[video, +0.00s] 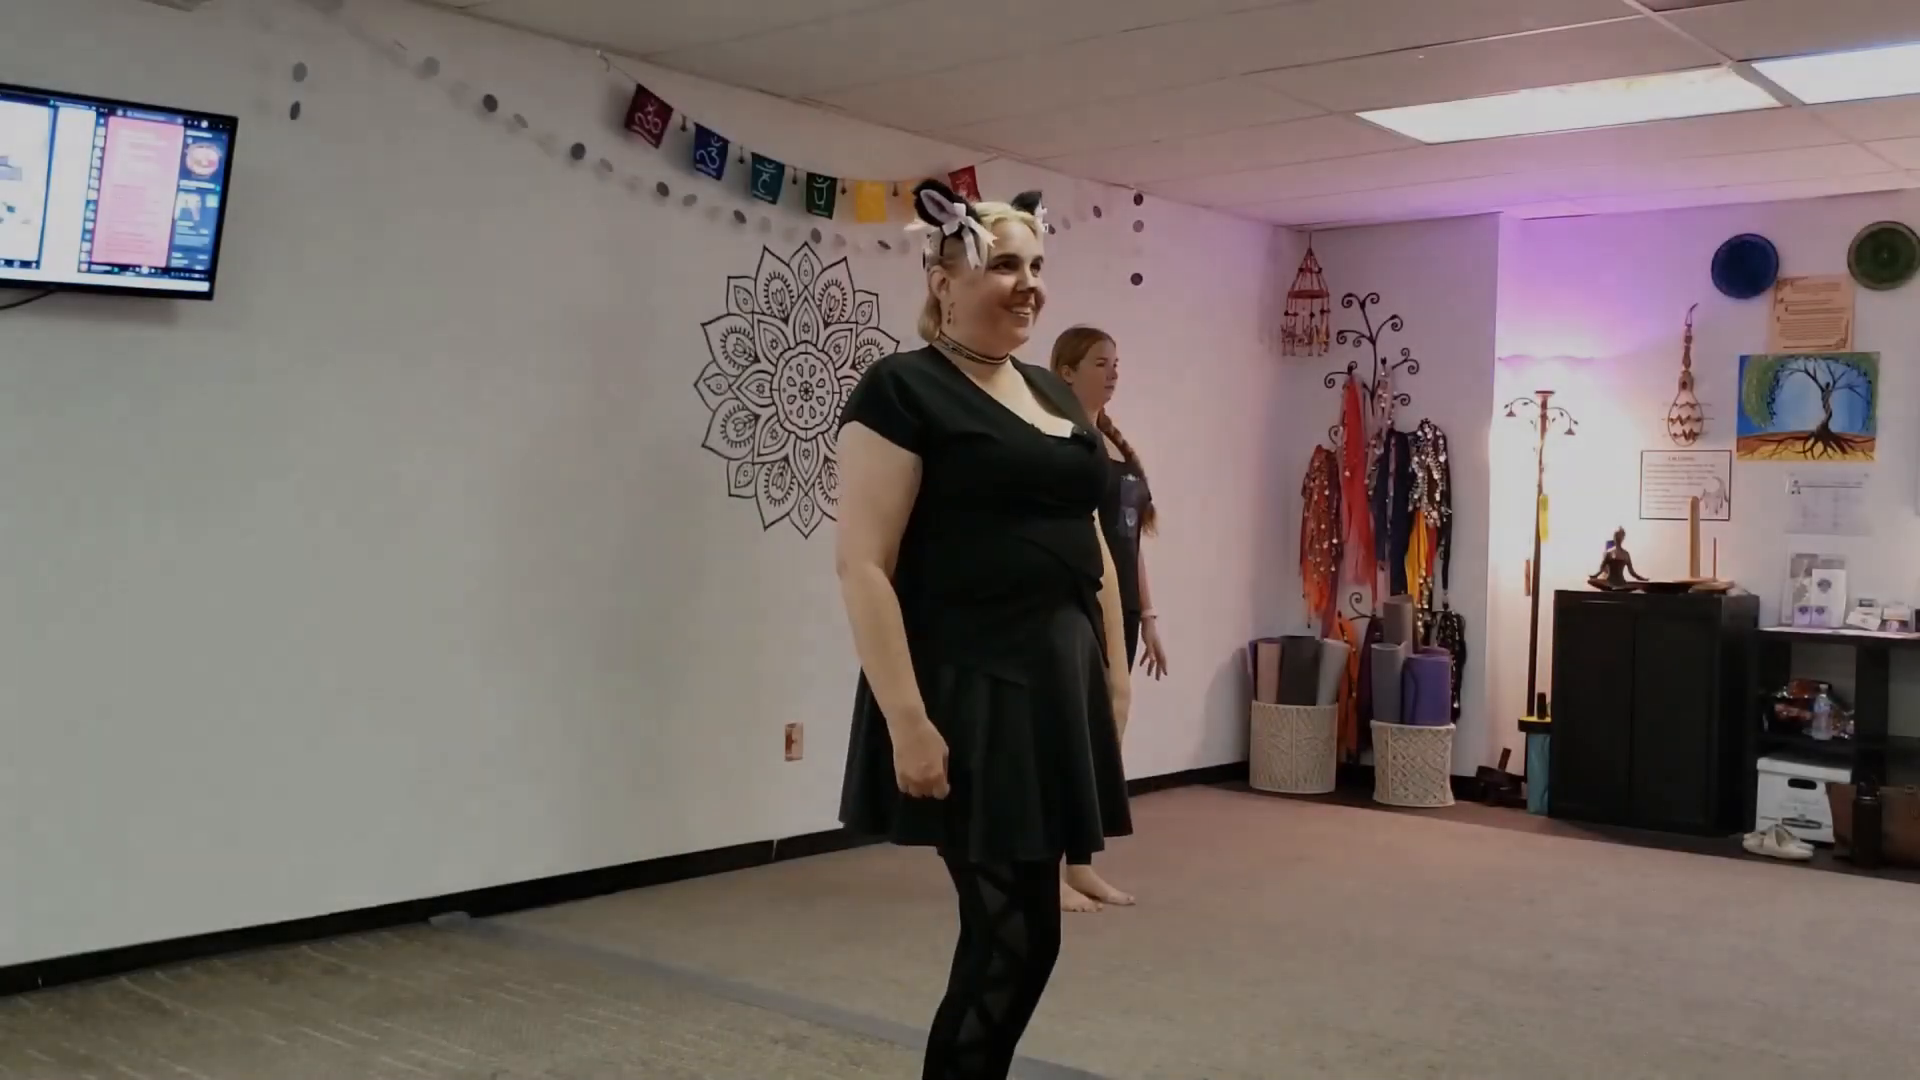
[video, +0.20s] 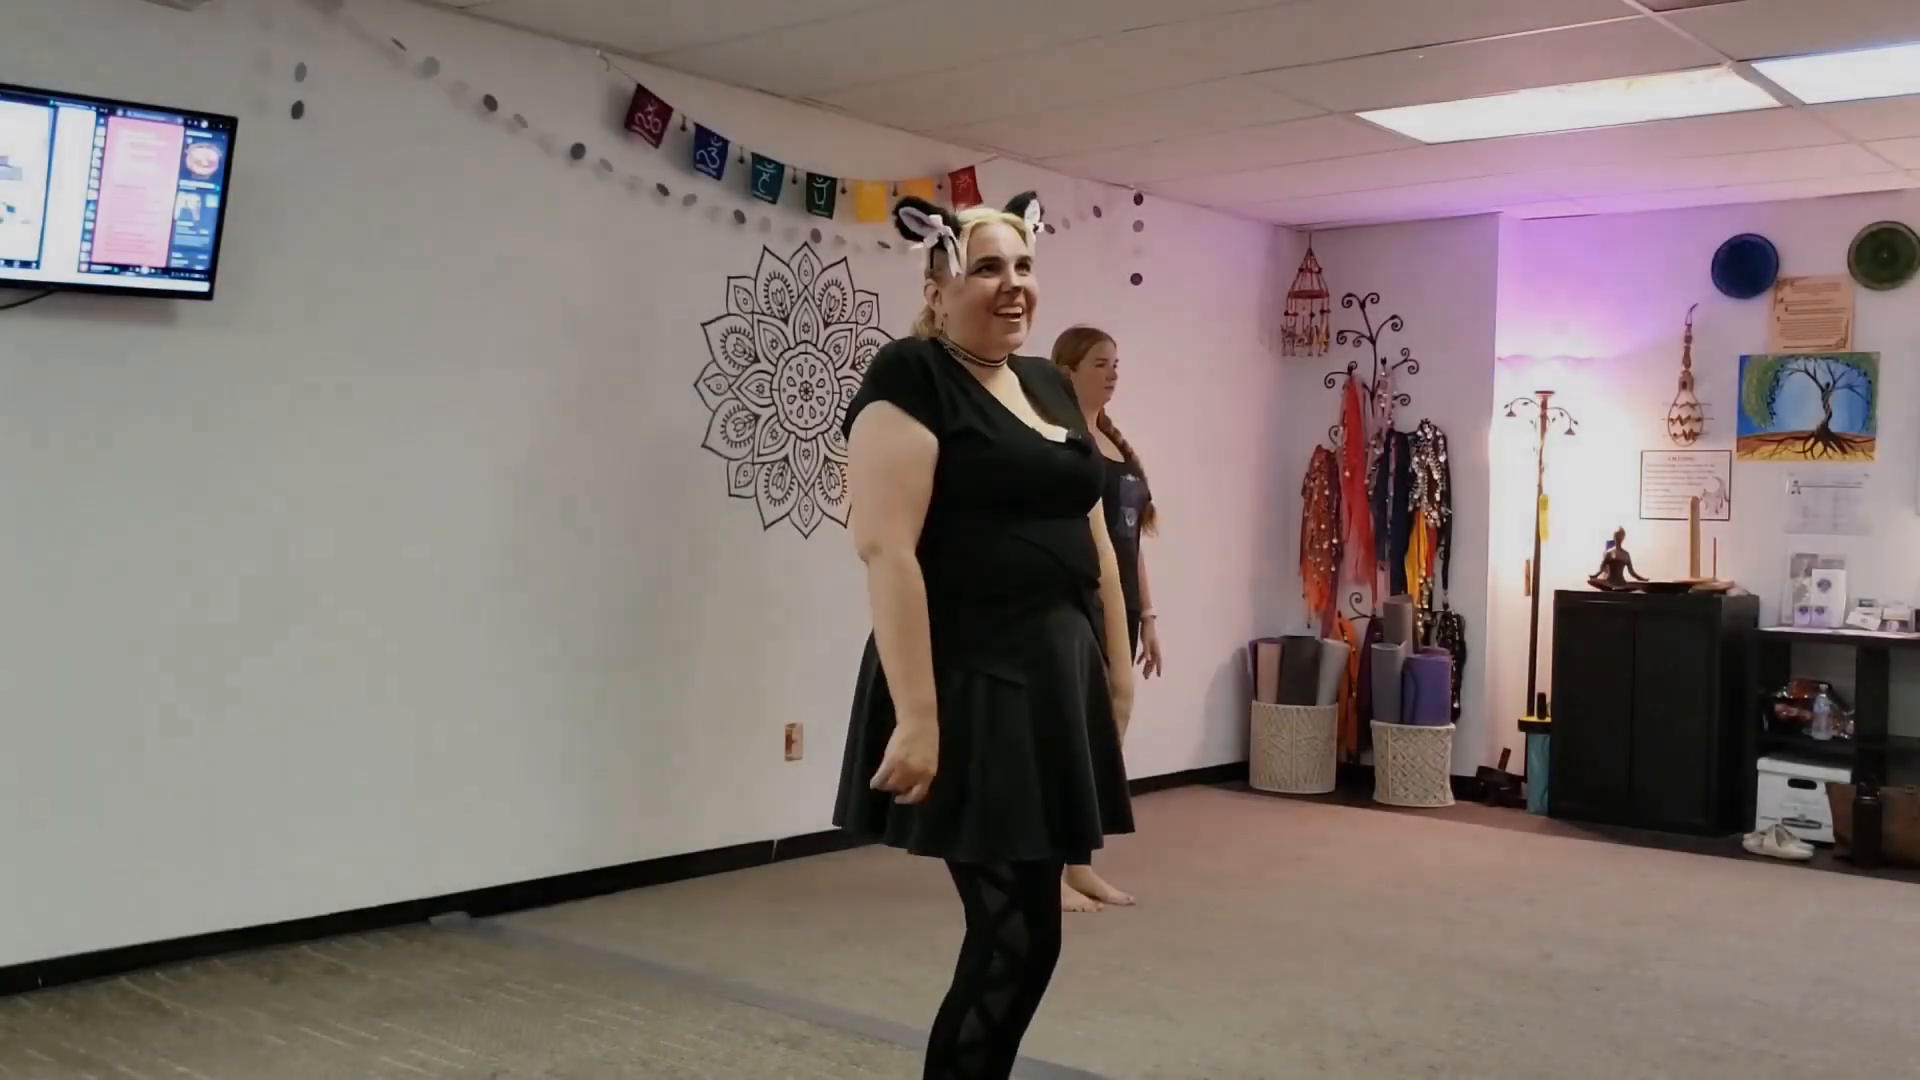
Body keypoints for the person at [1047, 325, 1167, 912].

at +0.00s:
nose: (1113, 372)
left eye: (1115, 363)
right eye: (1101, 363)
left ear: (1109, 373)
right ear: (1068, 370)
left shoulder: (1113, 444)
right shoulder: (1049, 439)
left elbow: (1130, 540)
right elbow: (1048, 532)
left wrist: (1147, 619)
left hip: (1112, 602)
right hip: (1057, 602)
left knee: (1102, 721)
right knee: (1055, 725)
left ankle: (1079, 859)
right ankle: (1048, 868)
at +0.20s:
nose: (1113, 373)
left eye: (1115, 364)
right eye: (1102, 364)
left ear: (1111, 374)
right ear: (1068, 370)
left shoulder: (1114, 442)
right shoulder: (1052, 436)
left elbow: (1131, 537)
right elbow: (1051, 528)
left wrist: (1146, 617)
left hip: (1112, 601)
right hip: (1060, 600)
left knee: (1104, 717)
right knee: (1057, 723)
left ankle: (1078, 857)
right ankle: (1050, 866)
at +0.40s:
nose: (1112, 373)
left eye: (1114, 364)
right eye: (1101, 364)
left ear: (1112, 373)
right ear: (1068, 370)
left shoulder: (1117, 442)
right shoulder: (1054, 438)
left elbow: (1132, 537)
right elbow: (1056, 532)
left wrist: (1145, 616)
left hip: (1113, 605)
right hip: (1065, 603)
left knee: (1099, 726)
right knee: (1059, 727)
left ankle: (1078, 859)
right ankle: (1049, 867)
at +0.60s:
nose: (1112, 374)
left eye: (1114, 364)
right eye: (1100, 365)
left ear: (1111, 372)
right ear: (1068, 370)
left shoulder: (1117, 442)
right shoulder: (1054, 437)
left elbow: (1130, 536)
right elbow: (1056, 532)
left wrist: (1144, 614)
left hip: (1111, 606)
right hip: (1063, 604)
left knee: (1091, 727)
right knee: (1055, 729)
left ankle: (1077, 859)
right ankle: (1048, 869)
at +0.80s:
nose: (1112, 373)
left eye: (1114, 364)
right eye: (1100, 364)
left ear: (1113, 372)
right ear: (1067, 370)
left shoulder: (1118, 442)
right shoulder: (1053, 436)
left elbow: (1132, 535)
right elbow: (1054, 530)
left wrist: (1144, 613)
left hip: (1110, 605)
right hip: (1062, 602)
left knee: (1088, 727)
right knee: (1056, 728)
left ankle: (1078, 859)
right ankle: (1050, 868)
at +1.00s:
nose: (1113, 374)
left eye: (1116, 365)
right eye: (1102, 365)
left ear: (1115, 373)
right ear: (1068, 371)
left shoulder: (1119, 443)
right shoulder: (1054, 436)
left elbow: (1131, 536)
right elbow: (1051, 530)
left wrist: (1145, 613)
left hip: (1112, 605)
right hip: (1062, 603)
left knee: (1092, 727)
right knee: (1057, 729)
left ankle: (1079, 858)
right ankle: (1051, 866)